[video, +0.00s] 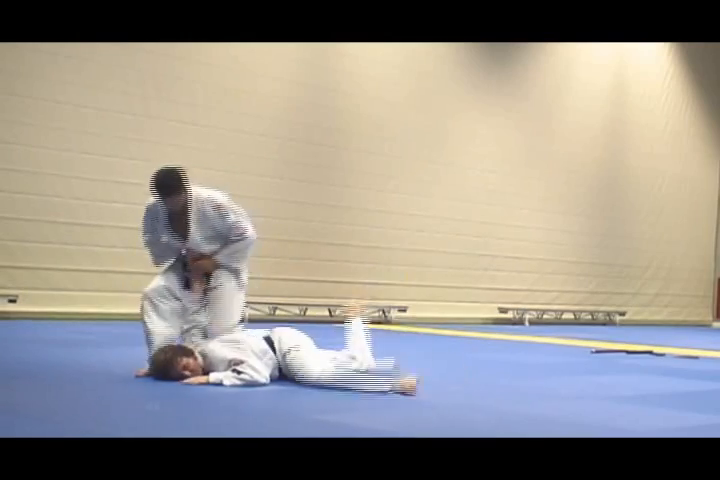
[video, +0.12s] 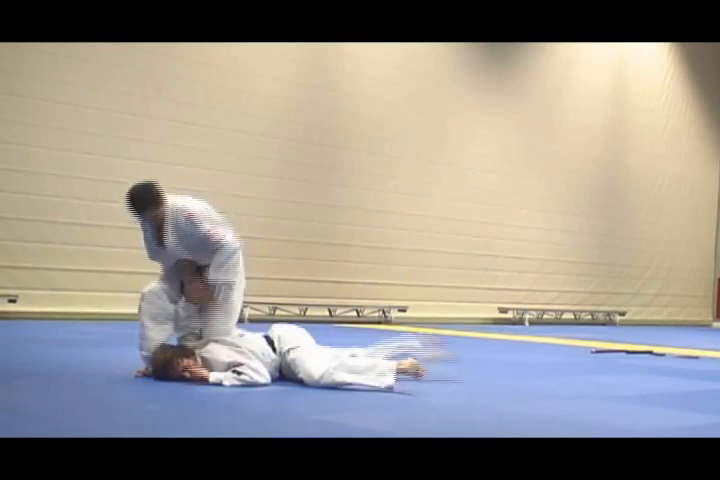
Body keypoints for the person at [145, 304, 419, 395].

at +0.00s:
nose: (189, 375)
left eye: (185, 370)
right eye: (181, 374)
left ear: (189, 356)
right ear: (182, 359)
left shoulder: (217, 353)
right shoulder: (200, 351)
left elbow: (259, 375)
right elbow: (173, 355)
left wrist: (210, 380)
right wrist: (155, 368)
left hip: (282, 342)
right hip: (280, 355)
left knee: (311, 374)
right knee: (357, 363)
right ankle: (355, 320)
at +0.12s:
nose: (190, 372)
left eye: (188, 366)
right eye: (183, 373)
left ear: (190, 355)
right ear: (177, 374)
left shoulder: (216, 352)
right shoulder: (199, 356)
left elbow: (260, 376)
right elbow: (173, 359)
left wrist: (212, 378)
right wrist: (156, 368)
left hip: (282, 342)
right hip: (279, 356)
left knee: (314, 373)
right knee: (335, 360)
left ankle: (392, 370)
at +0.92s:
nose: (189, 370)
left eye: (185, 365)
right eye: (182, 371)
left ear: (189, 356)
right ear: (181, 369)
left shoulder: (215, 354)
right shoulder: (202, 355)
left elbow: (260, 376)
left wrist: (212, 379)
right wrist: (156, 368)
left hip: (282, 351)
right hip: (281, 351)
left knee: (316, 374)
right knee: (354, 363)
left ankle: (396, 381)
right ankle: (428, 369)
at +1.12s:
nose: (188, 372)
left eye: (185, 366)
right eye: (180, 372)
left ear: (190, 357)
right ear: (175, 369)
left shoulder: (217, 356)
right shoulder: (190, 350)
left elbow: (258, 374)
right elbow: (186, 317)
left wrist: (210, 381)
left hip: (283, 348)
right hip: (283, 351)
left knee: (316, 373)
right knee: (350, 365)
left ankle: (400, 382)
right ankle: (424, 368)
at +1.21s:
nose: (188, 372)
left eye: (186, 366)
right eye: (181, 373)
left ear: (189, 356)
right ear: (177, 371)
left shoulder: (213, 355)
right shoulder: (193, 350)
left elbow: (258, 373)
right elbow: (184, 318)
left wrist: (213, 380)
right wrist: (185, 289)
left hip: (281, 347)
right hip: (280, 351)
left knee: (317, 373)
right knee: (352, 365)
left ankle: (399, 382)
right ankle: (426, 368)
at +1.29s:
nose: (188, 373)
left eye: (183, 368)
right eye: (180, 374)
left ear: (189, 355)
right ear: (181, 368)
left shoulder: (215, 354)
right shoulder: (202, 352)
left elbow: (260, 375)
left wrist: (214, 380)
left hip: (282, 348)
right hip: (281, 350)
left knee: (317, 374)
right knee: (353, 363)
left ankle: (397, 381)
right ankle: (427, 367)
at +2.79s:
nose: (186, 310)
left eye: (189, 304)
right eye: (185, 304)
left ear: (204, 302)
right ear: (203, 302)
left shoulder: (237, 319)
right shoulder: (212, 322)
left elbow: (278, 352)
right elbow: (237, 348)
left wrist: (260, 379)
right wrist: (229, 369)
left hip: (297, 355)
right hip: (292, 353)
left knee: (325, 376)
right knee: (359, 364)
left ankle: (399, 381)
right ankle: (435, 348)